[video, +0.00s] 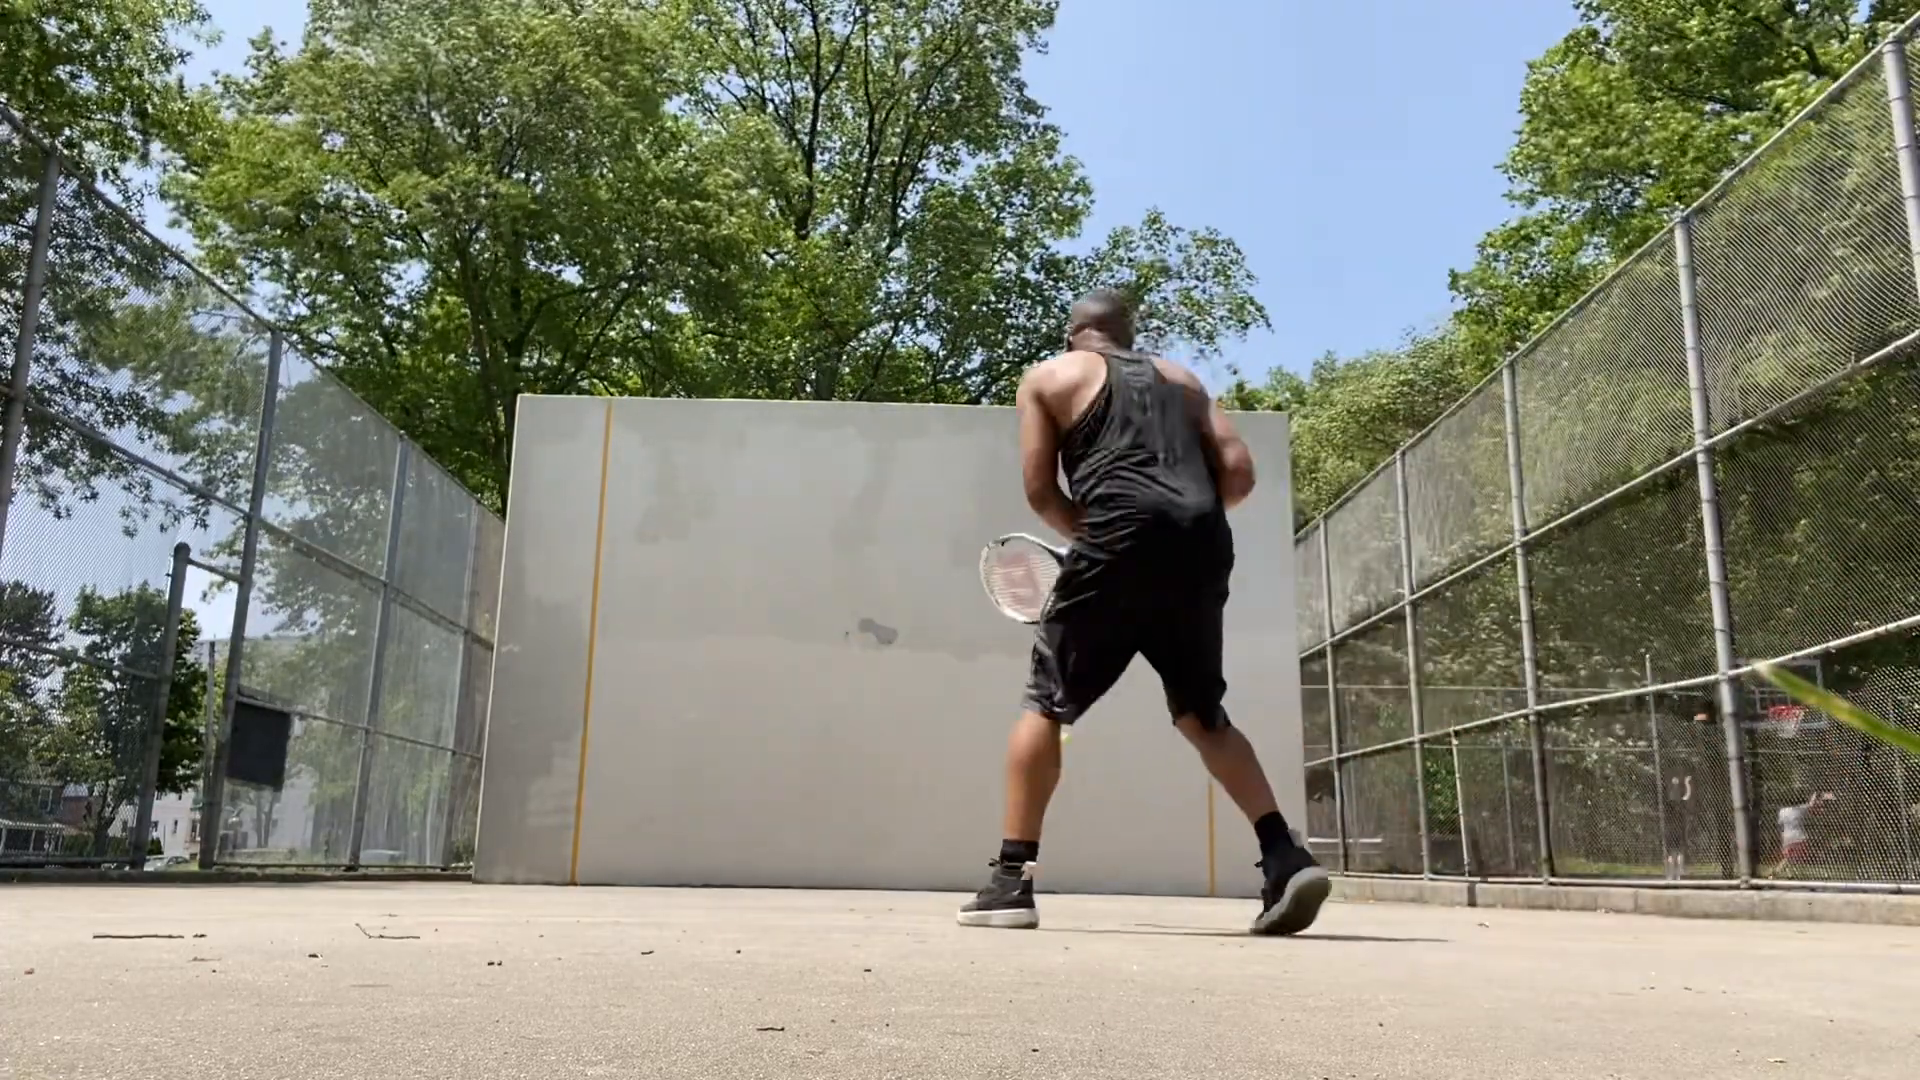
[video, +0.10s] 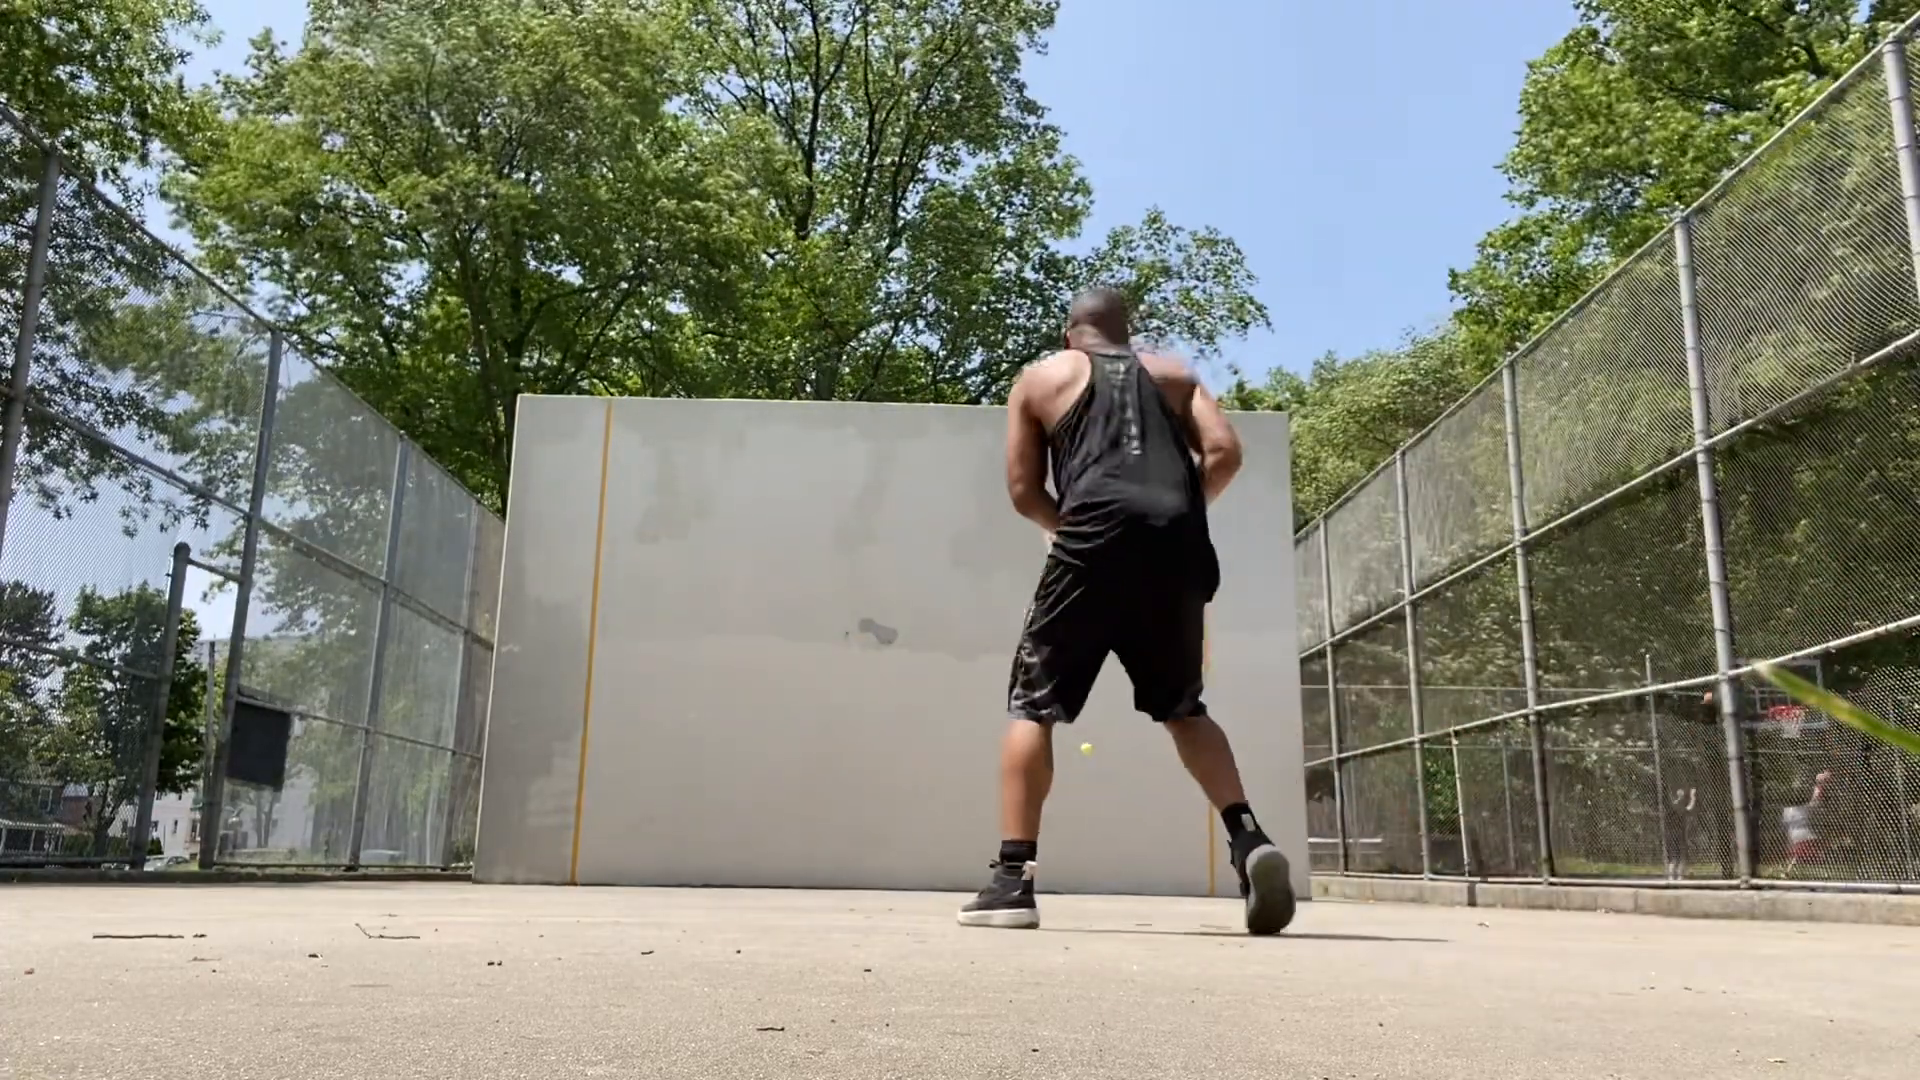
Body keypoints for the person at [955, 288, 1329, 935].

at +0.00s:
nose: (1067, 345)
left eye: (1068, 336)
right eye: (1075, 337)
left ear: (1074, 335)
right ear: (1129, 336)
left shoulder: (1048, 377)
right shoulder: (1181, 377)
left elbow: (1039, 489)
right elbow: (1238, 470)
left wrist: (1097, 534)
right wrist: (1185, 513)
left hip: (1117, 544)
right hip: (1203, 549)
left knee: (1045, 706)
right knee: (1201, 712)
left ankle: (1009, 883)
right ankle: (1286, 859)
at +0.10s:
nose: (1065, 341)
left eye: (1065, 331)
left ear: (1071, 332)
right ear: (1129, 331)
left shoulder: (1038, 379)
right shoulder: (1173, 370)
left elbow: (1025, 492)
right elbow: (1226, 450)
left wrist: (1079, 526)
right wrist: (1178, 508)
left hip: (1091, 551)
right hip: (1180, 555)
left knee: (1033, 705)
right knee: (1183, 706)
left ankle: (1011, 882)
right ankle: (1252, 841)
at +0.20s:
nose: (1073, 328)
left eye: (1070, 320)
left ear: (1069, 326)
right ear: (1127, 325)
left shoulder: (1032, 374)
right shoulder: (1167, 361)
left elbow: (1022, 490)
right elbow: (1211, 436)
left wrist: (1085, 509)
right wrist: (1162, 493)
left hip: (1078, 544)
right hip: (1165, 546)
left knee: (1037, 704)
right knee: (1190, 702)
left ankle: (1012, 879)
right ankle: (1258, 847)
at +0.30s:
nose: (1071, 322)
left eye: (1070, 315)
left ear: (1067, 325)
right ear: (1126, 323)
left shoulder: (1028, 376)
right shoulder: (1159, 360)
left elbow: (1027, 489)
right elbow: (1200, 445)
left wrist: (1084, 517)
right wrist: (1165, 496)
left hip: (1059, 546)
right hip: (1147, 549)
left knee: (1029, 705)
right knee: (1186, 700)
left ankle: (1010, 875)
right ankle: (1251, 841)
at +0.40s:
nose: (1135, 342)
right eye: (1133, 333)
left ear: (1070, 331)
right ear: (1125, 333)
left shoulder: (1027, 380)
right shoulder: (1144, 368)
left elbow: (1037, 465)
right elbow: (1196, 453)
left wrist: (1149, 478)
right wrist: (1181, 477)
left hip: (1042, 556)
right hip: (1126, 557)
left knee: (1023, 711)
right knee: (1174, 700)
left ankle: (1010, 877)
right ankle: (1216, 819)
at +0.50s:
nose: (1146, 352)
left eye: (1140, 344)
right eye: (1144, 344)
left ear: (1086, 343)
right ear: (1137, 344)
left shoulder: (1039, 389)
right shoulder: (1143, 375)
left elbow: (1049, 471)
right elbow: (1188, 447)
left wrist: (1133, 483)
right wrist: (1228, 431)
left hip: (1037, 554)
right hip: (1115, 557)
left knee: (1022, 709)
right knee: (1173, 703)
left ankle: (1008, 870)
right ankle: (1191, 854)